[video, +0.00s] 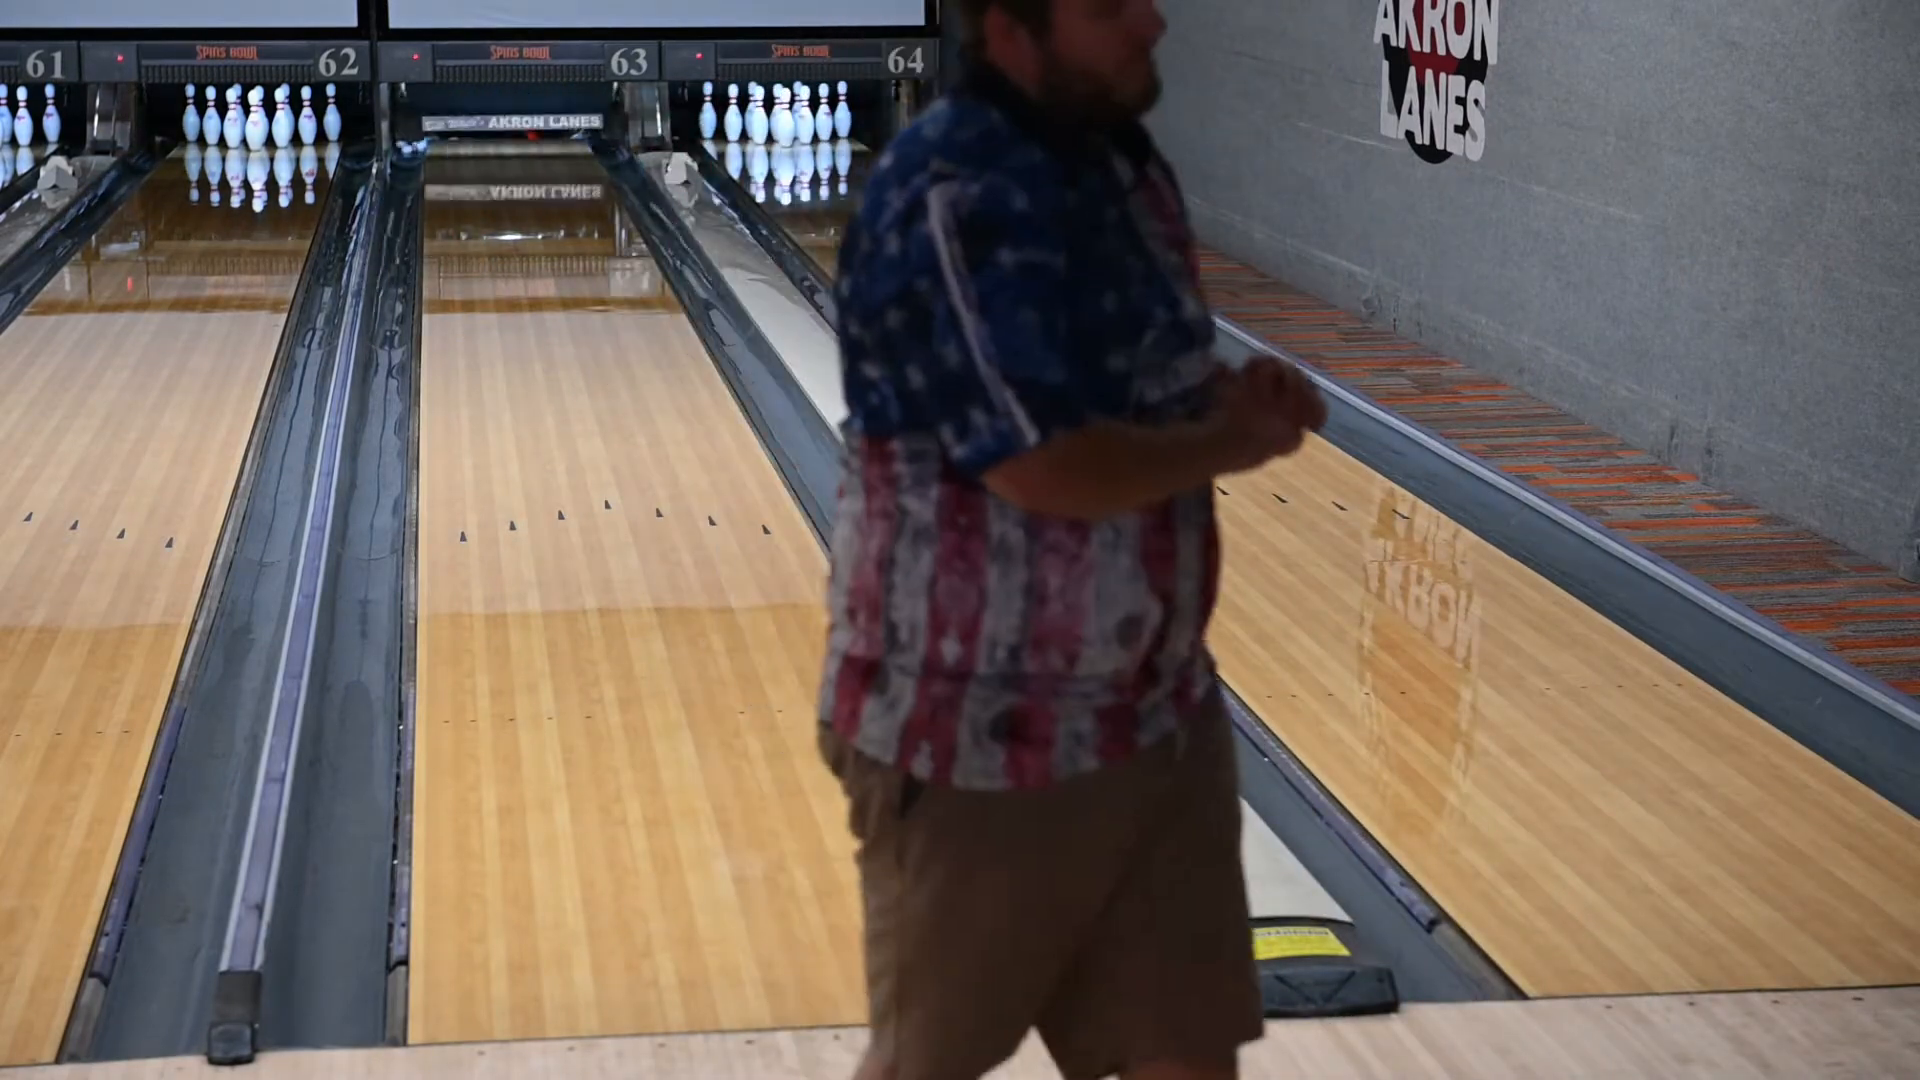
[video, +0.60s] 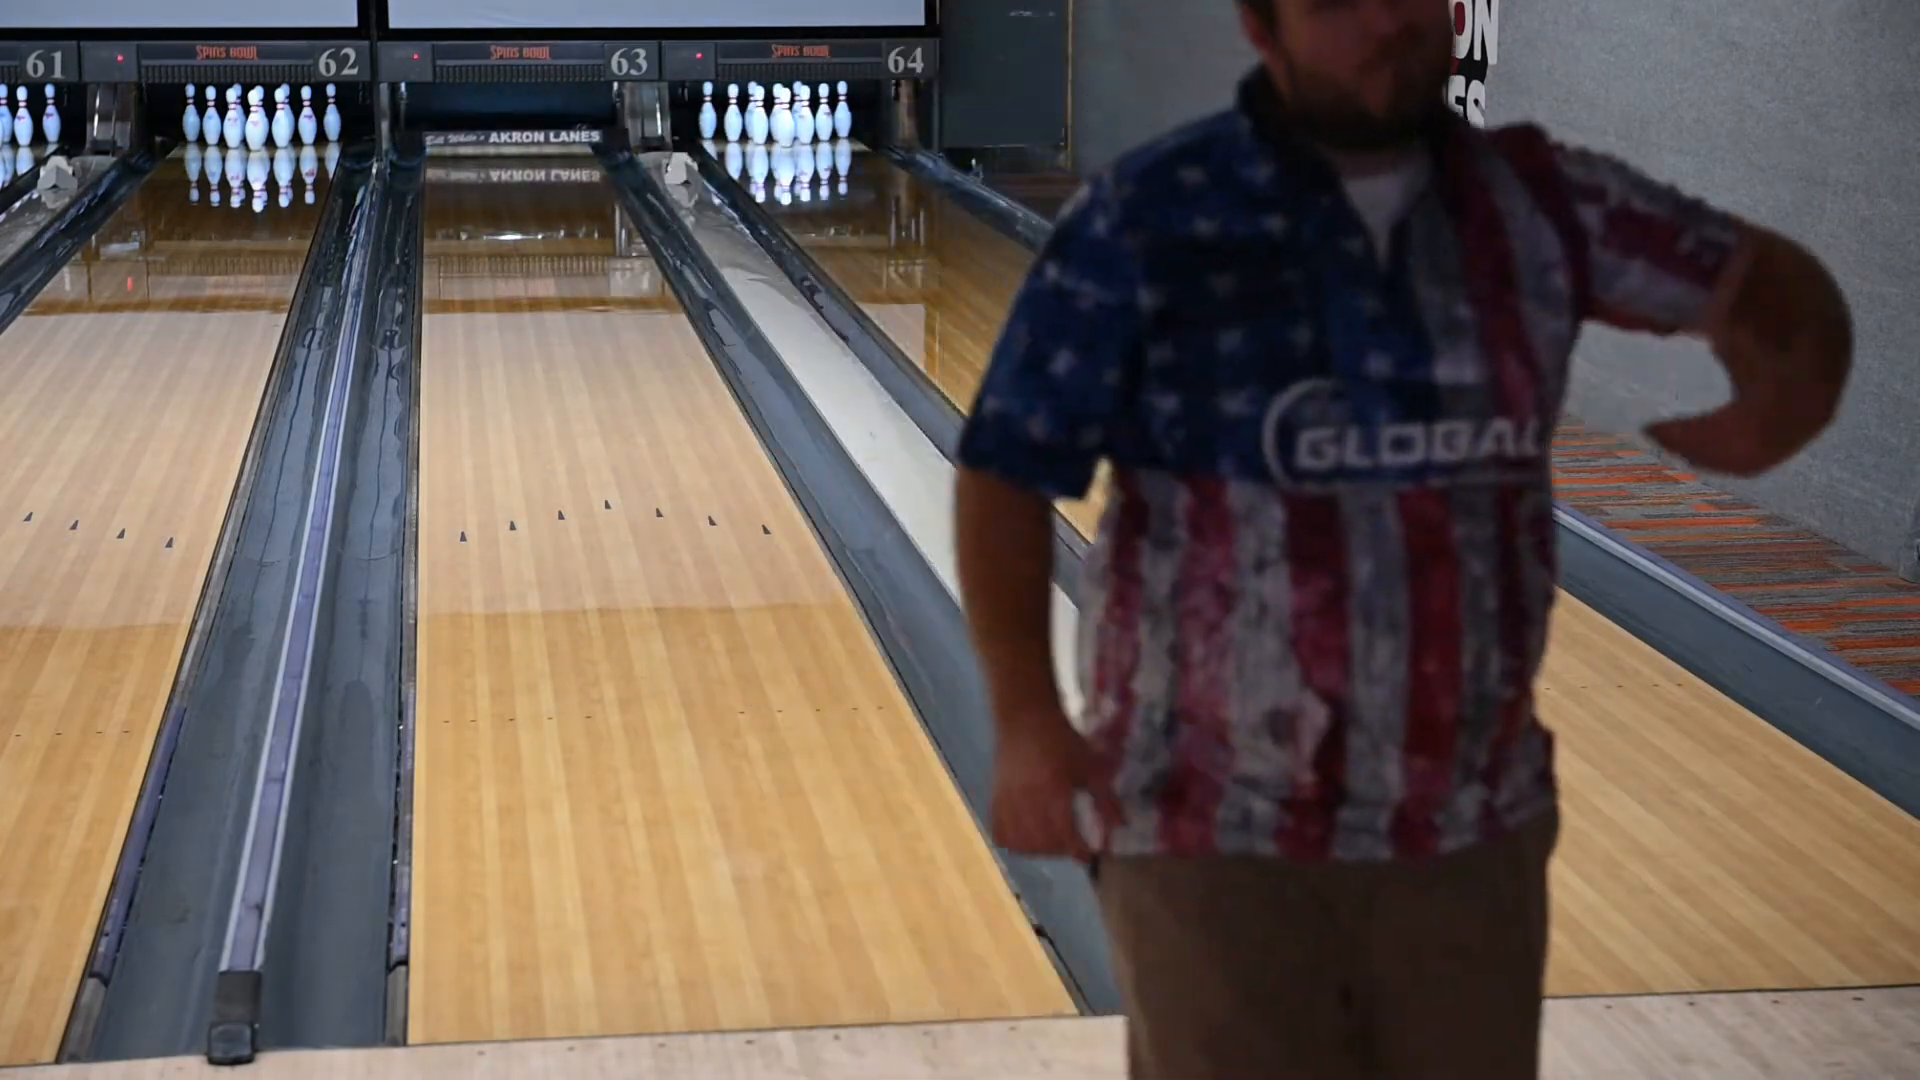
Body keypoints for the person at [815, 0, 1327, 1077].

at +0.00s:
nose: (1151, 20)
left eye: (1142, 0)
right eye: (1115, 4)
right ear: (1009, 29)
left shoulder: (1118, 159)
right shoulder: (941, 191)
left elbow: (1138, 379)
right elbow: (1038, 466)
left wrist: (1233, 398)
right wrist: (1229, 439)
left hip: (1152, 717)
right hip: (976, 740)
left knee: (1180, 1050)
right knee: (930, 1057)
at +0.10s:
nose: (1184, 38)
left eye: (1182, 8)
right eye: (1139, 17)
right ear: (1039, 46)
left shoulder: (1195, 183)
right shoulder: (969, 214)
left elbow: (1240, 383)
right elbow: (1019, 493)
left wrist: (1305, 414)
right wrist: (1256, 483)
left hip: (1202, 753)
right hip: (1003, 774)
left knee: (1206, 1063)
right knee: (951, 1063)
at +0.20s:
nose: (1232, 52)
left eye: (1233, 16)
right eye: (1182, 30)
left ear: (1252, 17)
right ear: (1081, 57)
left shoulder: (1271, 203)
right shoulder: (1006, 233)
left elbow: (1354, 375)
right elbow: (1005, 508)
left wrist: (1389, 400)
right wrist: (1264, 549)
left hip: (1266, 784)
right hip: (1047, 800)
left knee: (1258, 1065)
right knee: (997, 1067)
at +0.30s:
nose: (1278, 43)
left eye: (1280, 9)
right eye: (1225, 25)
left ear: (1306, 10)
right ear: (1131, 52)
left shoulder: (1342, 203)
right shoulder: (1046, 232)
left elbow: (1492, 376)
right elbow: (993, 501)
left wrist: (1459, 408)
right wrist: (1246, 613)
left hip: (1331, 790)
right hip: (1101, 814)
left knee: (1334, 1064)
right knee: (1086, 1065)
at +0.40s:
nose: (1324, 34)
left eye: (1334, 1)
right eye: (1272, 13)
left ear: (1366, 9)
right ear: (1184, 41)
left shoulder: (1420, 197)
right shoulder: (1087, 220)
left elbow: (1627, 342)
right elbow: (976, 479)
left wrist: (1566, 364)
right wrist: (1184, 666)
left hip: (1389, 804)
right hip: (1157, 824)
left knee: (1399, 1066)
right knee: (1164, 1068)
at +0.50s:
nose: (1367, 25)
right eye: (1317, 3)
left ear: (1418, 14)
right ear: (1227, 30)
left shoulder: (1483, 193)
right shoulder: (1120, 214)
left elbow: (1724, 279)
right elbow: (980, 468)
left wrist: (1674, 345)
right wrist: (1096, 699)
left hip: (1433, 814)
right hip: (1186, 823)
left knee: (1444, 1068)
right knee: (1193, 1067)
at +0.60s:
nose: (1398, 18)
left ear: (1458, 12)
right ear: (1260, 23)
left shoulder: (1532, 195)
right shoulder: (1146, 217)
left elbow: (1767, 280)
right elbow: (1001, 467)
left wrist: (1786, 394)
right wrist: (1026, 718)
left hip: (1467, 818)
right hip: (1210, 821)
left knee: (1471, 1065)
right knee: (1227, 1065)